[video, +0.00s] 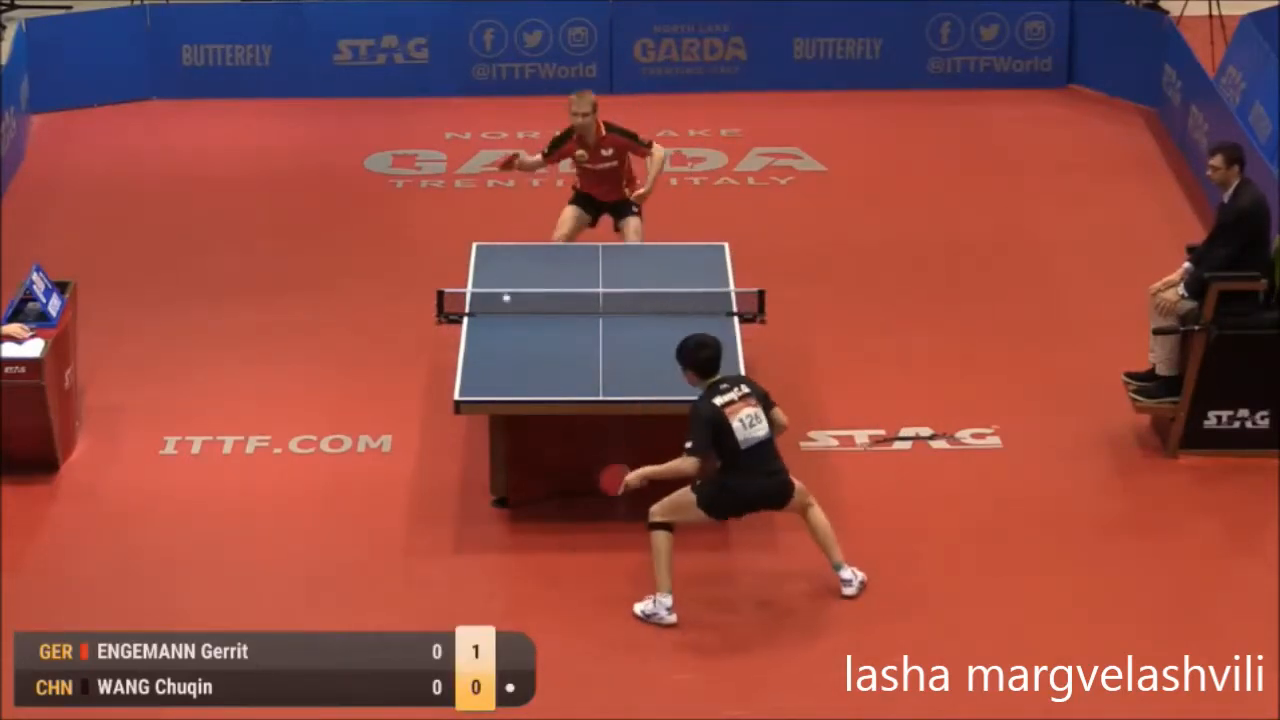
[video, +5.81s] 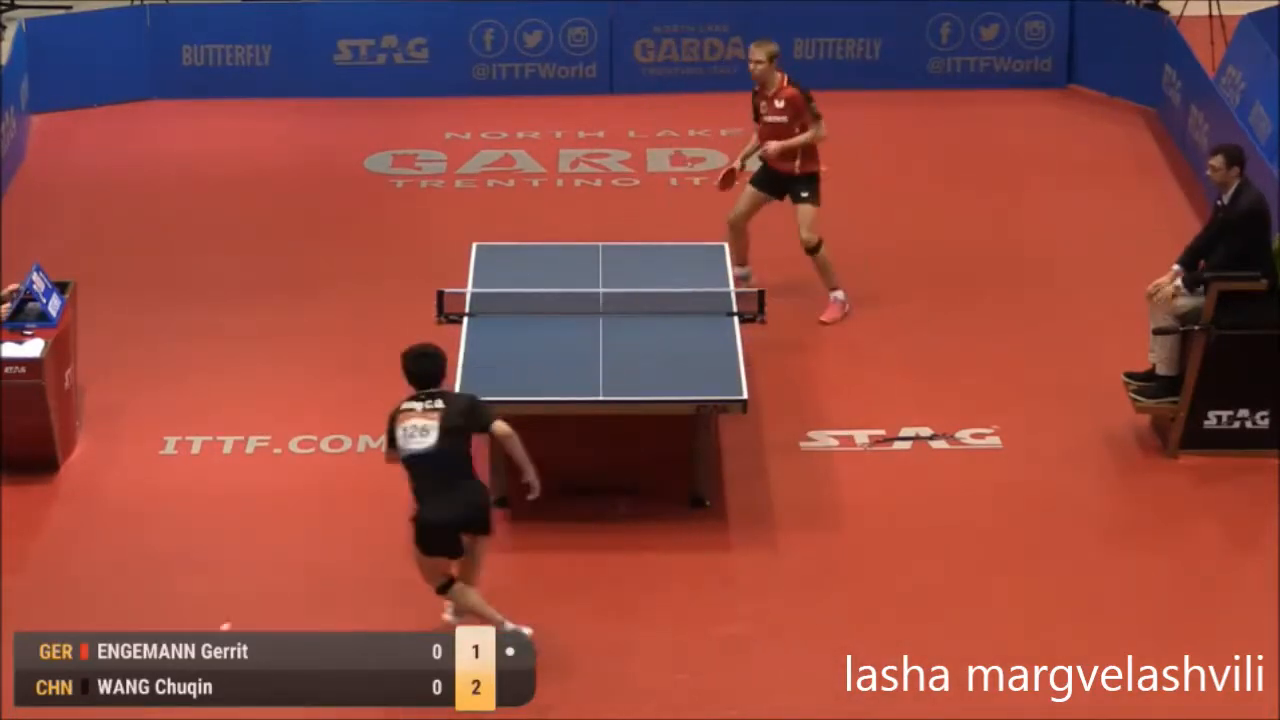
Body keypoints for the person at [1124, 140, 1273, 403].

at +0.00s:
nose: (1208, 174)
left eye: (1214, 168)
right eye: (1208, 168)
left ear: (1234, 169)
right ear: (1228, 170)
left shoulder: (1246, 203)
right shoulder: (1234, 198)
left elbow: (1222, 257)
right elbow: (1211, 245)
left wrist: (1183, 290)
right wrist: (1181, 273)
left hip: (1238, 292)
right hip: (1224, 282)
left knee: (1165, 305)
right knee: (1158, 296)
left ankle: (1170, 379)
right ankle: (1159, 369)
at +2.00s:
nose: (1205, 174)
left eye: (1211, 169)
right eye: (1206, 169)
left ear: (1229, 171)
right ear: (1223, 172)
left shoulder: (1245, 206)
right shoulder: (1229, 199)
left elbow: (1226, 263)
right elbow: (1208, 244)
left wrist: (1184, 288)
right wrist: (1179, 274)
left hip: (1237, 291)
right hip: (1221, 279)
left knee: (1166, 305)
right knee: (1156, 295)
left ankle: (1169, 378)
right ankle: (1160, 369)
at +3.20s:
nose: (1207, 175)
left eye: (1213, 169)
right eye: (1207, 169)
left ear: (1232, 170)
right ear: (1225, 172)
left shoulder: (1245, 205)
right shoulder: (1231, 199)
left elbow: (1221, 257)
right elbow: (1210, 244)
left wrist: (1178, 279)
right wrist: (1177, 272)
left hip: (1236, 288)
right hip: (1222, 278)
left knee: (1165, 307)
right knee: (1157, 296)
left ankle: (1168, 378)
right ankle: (1160, 369)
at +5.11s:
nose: (1207, 175)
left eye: (1212, 170)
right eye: (1207, 169)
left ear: (1232, 172)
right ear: (1225, 172)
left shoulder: (1249, 206)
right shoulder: (1226, 199)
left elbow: (1229, 264)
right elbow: (1205, 240)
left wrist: (1183, 288)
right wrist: (1173, 274)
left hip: (1242, 292)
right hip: (1224, 280)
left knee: (1168, 307)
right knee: (1158, 297)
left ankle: (1168, 379)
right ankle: (1159, 370)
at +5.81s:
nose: (1208, 174)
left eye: (1214, 169)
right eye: (1208, 168)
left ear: (1234, 171)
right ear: (1226, 171)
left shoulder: (1248, 205)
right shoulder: (1226, 199)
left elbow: (1228, 261)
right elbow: (1205, 240)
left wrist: (1183, 285)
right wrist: (1173, 274)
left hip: (1243, 293)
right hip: (1225, 281)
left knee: (1167, 307)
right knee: (1158, 297)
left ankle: (1168, 379)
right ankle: (1159, 370)